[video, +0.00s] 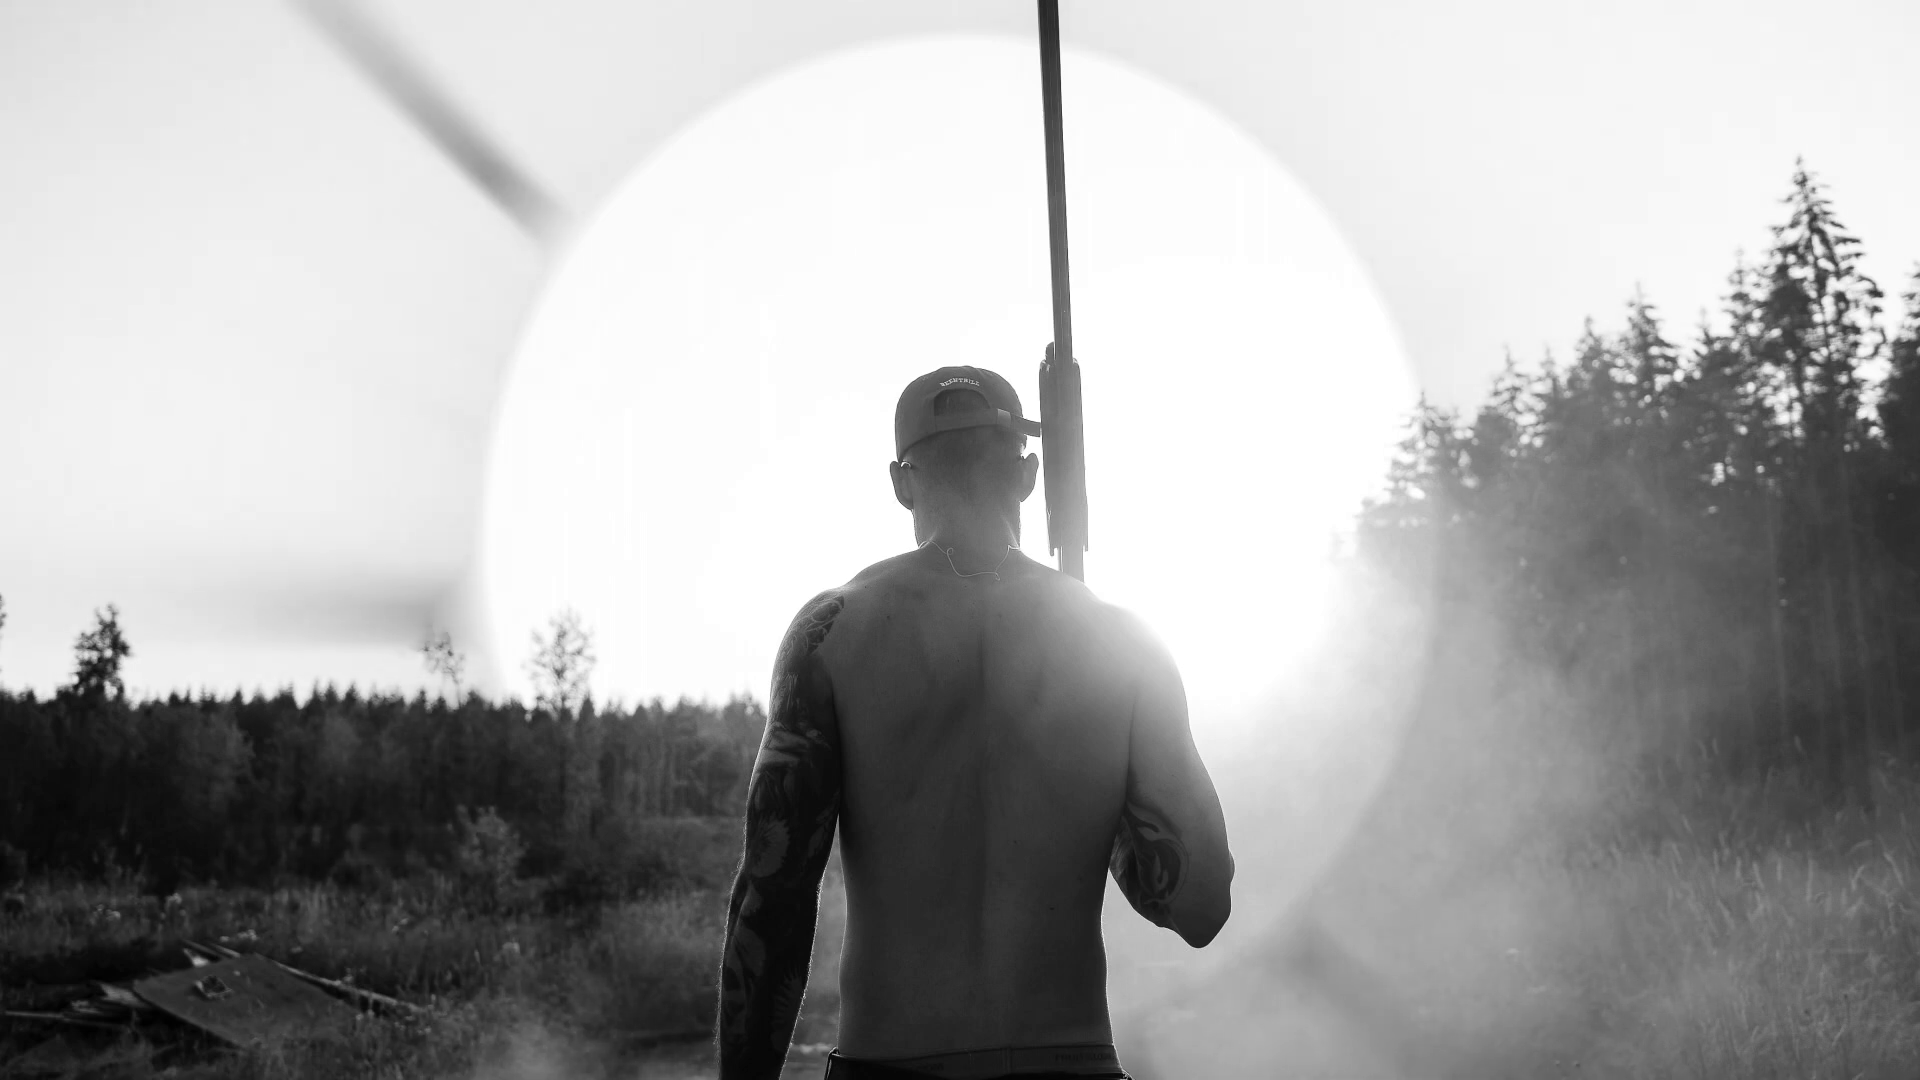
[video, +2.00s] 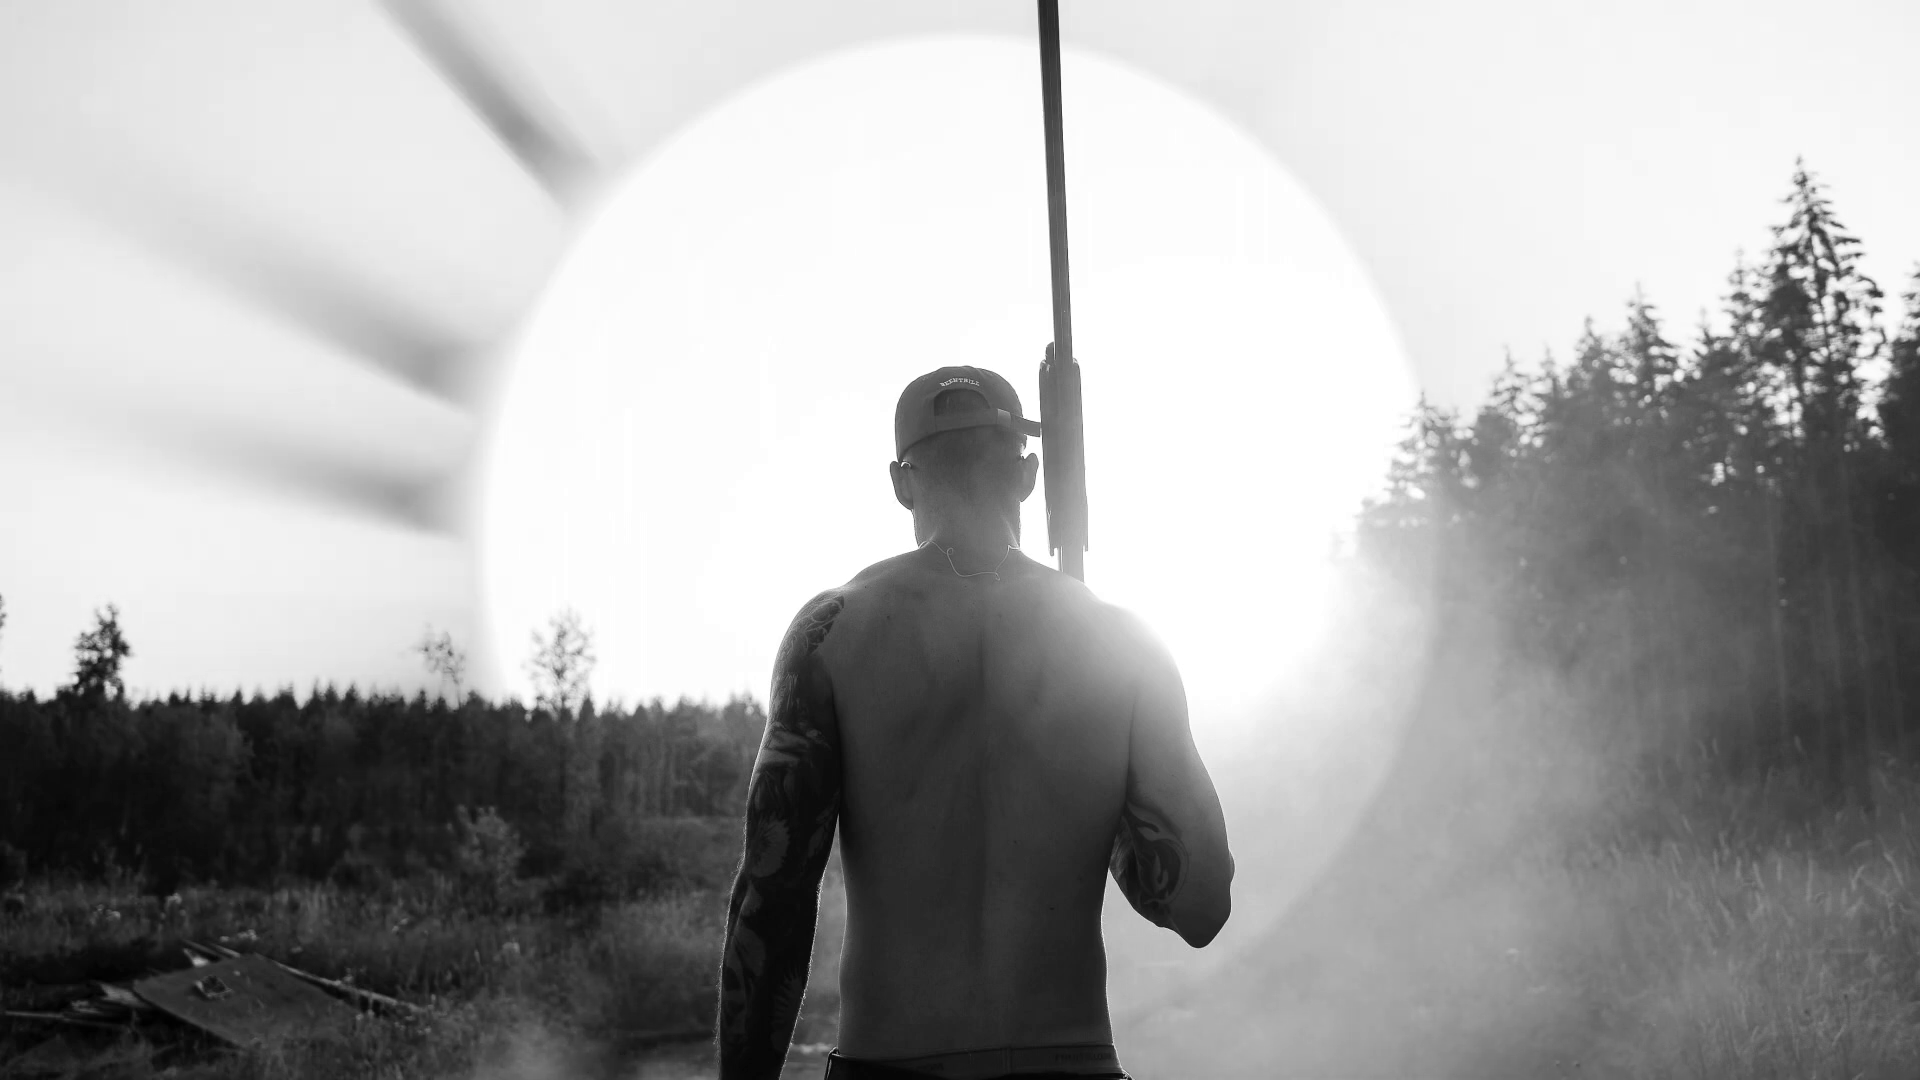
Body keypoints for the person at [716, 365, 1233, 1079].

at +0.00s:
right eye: (1017, 450)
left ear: (903, 486)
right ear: (1027, 476)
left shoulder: (832, 630)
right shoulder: (1121, 641)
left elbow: (773, 884)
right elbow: (1201, 904)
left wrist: (747, 1063)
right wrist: (1102, 803)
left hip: (887, 1045)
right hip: (1067, 1045)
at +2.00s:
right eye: (1017, 450)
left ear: (903, 486)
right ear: (1027, 476)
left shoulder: (832, 630)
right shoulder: (1121, 641)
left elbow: (773, 884)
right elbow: (1201, 904)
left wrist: (747, 1063)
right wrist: (1102, 803)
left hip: (887, 1045)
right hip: (1068, 1045)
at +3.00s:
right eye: (1015, 448)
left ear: (903, 486)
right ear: (1028, 477)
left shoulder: (831, 630)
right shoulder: (1121, 641)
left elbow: (773, 886)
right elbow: (1201, 905)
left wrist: (747, 1063)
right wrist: (1101, 800)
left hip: (886, 1046)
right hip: (1068, 1046)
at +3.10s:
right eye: (1015, 448)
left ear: (903, 486)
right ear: (1028, 477)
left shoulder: (831, 630)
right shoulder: (1121, 641)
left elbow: (773, 886)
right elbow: (1201, 905)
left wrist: (747, 1062)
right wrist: (1101, 800)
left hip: (886, 1046)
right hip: (1068, 1046)